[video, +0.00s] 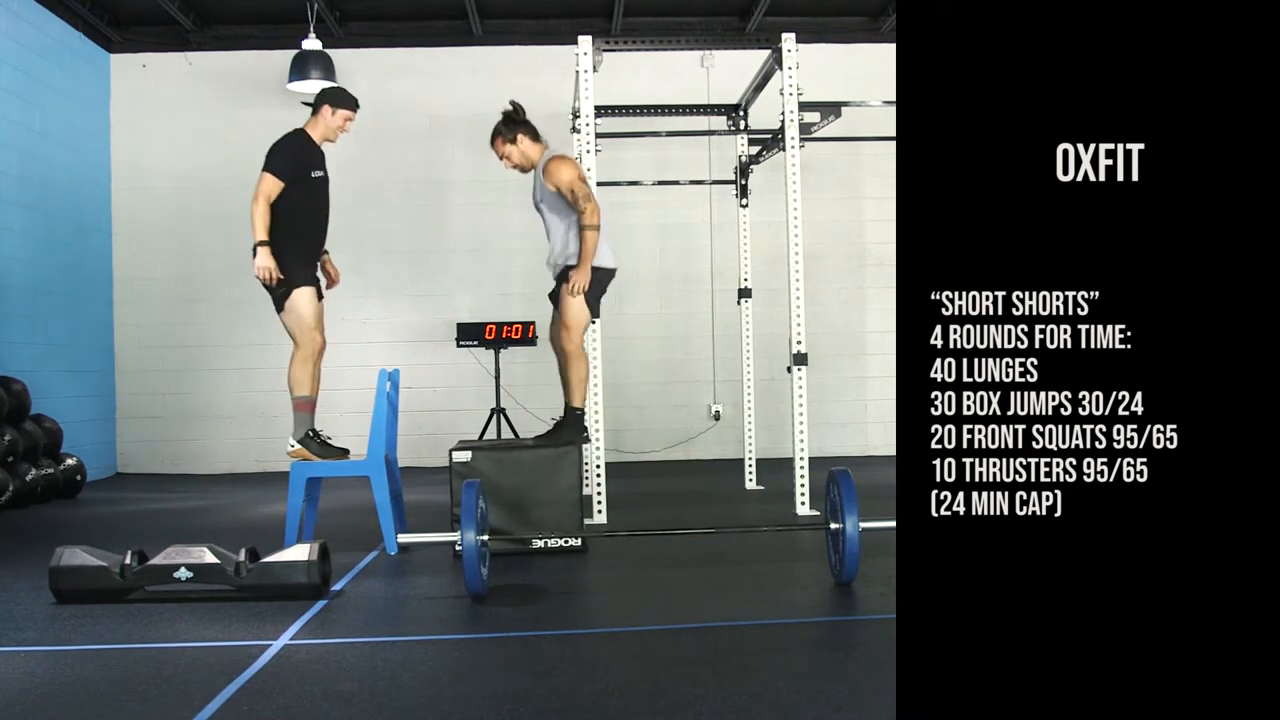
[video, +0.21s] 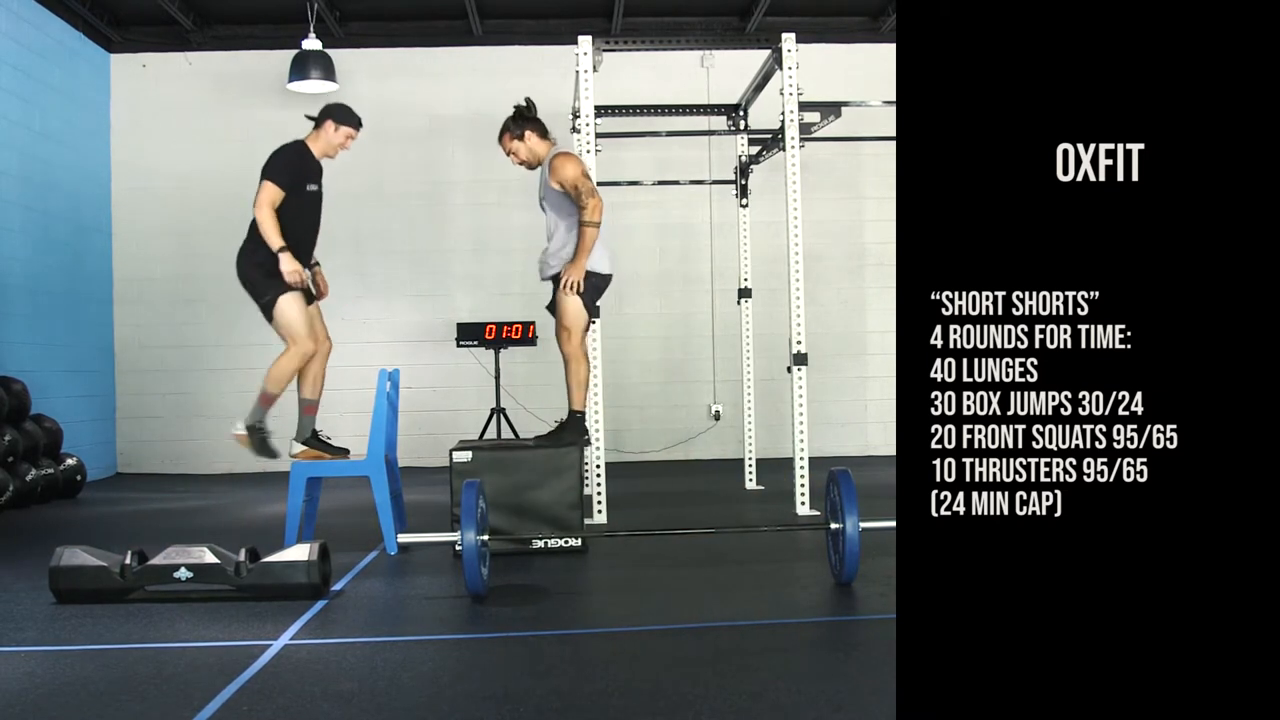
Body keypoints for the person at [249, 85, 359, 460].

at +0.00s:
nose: (347, 128)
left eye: (351, 122)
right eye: (345, 119)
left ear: (331, 116)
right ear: (325, 112)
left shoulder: (315, 152)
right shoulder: (291, 147)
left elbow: (306, 212)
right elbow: (261, 200)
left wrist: (322, 256)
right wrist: (262, 249)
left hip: (304, 262)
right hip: (285, 259)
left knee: (315, 344)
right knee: (308, 343)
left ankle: (306, 433)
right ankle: (301, 435)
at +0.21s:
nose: (348, 144)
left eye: (352, 139)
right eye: (347, 136)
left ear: (334, 132)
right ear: (327, 126)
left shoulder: (315, 166)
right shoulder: (290, 157)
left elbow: (299, 223)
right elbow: (263, 209)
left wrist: (313, 266)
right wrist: (284, 255)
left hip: (288, 265)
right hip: (262, 261)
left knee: (321, 345)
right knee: (303, 344)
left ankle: (306, 436)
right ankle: (253, 423)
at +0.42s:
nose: (339, 191)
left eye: (343, 185)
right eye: (338, 182)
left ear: (322, 174)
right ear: (320, 171)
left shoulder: (297, 207)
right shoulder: (283, 196)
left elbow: (267, 254)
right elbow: (258, 242)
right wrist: (303, 279)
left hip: (270, 306)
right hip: (240, 303)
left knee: (328, 348)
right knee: (238, 398)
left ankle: (307, 436)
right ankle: (192, 484)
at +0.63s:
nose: (299, 238)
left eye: (303, 231)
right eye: (298, 229)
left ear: (282, 223)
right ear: (279, 220)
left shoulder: (259, 255)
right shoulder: (245, 253)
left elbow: (249, 314)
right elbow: (236, 312)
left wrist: (289, 333)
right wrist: (293, 329)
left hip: (243, 354)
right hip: (214, 360)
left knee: (315, 350)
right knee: (210, 452)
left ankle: (304, 437)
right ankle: (165, 536)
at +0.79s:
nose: (280, 226)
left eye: (282, 220)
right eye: (277, 218)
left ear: (260, 213)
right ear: (258, 210)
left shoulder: (241, 246)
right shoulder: (225, 245)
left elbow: (225, 307)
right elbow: (210, 308)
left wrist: (254, 341)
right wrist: (263, 333)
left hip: (230, 348)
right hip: (201, 351)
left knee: (302, 363)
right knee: (196, 448)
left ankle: (260, 439)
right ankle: (163, 537)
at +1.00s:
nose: (268, 218)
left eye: (270, 212)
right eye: (265, 210)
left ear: (249, 208)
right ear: (243, 205)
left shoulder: (236, 245)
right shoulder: (218, 242)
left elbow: (218, 302)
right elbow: (192, 300)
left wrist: (240, 344)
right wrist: (242, 334)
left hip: (225, 359)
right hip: (199, 359)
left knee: (243, 441)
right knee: (195, 448)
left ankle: (202, 524)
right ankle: (163, 537)